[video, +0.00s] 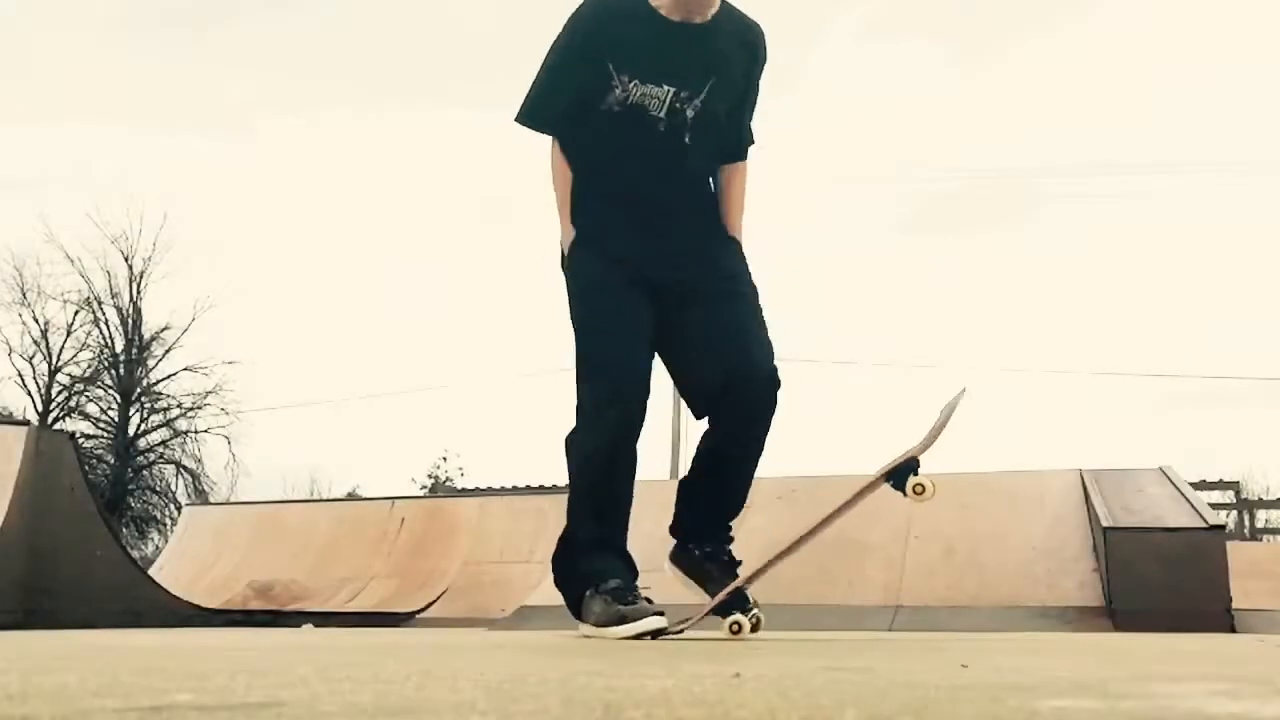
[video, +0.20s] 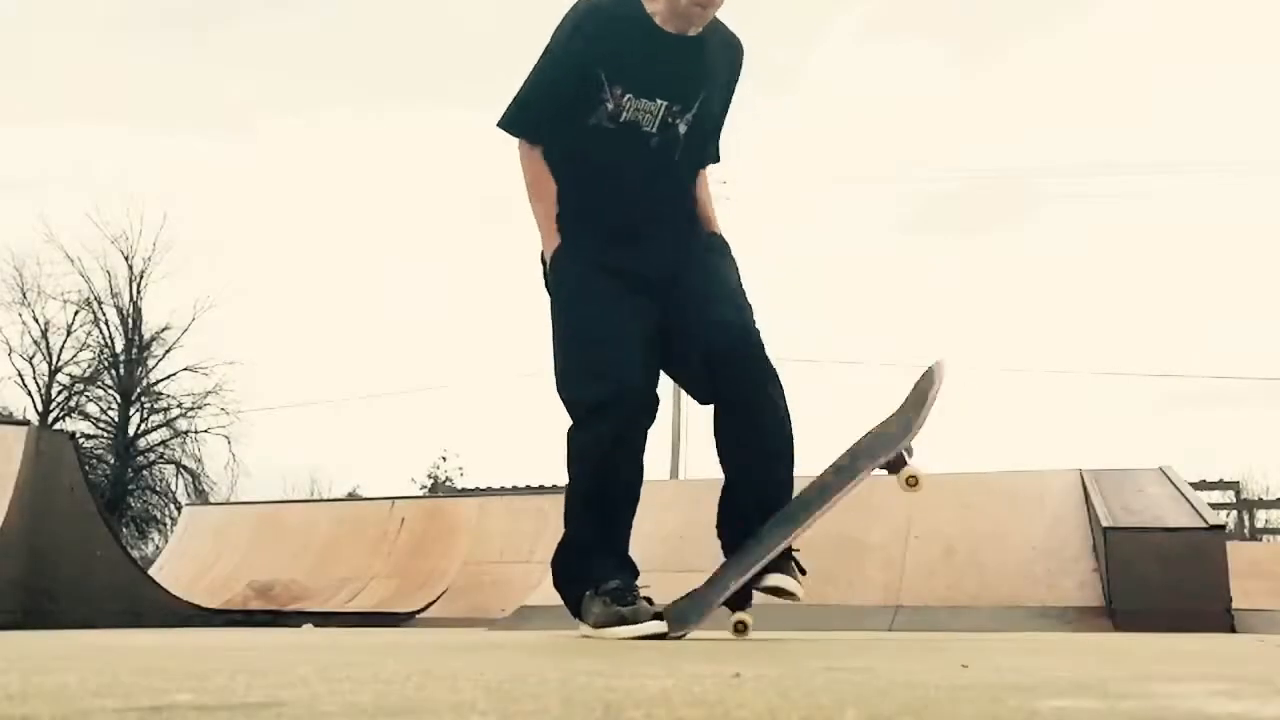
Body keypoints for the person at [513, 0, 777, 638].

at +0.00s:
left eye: (715, 1)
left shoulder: (742, 38)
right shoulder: (601, 18)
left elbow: (733, 153)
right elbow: (565, 137)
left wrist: (730, 248)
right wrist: (571, 235)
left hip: (699, 246)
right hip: (607, 245)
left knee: (750, 385)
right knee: (614, 406)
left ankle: (702, 536)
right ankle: (596, 577)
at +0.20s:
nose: (712, 0)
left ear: (720, 1)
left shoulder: (724, 51)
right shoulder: (595, 20)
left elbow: (694, 165)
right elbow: (532, 136)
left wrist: (715, 249)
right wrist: (555, 250)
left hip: (683, 254)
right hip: (594, 257)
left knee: (753, 390)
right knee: (615, 408)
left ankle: (754, 550)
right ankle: (597, 581)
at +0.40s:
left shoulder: (744, 6)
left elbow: (738, 64)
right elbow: (560, 34)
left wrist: (727, 154)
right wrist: (554, 125)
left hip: (692, 140)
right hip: (595, 129)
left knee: (682, 296)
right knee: (606, 277)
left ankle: (653, 478)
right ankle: (569, 468)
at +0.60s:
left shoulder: (774, 6)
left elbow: (769, 48)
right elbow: (584, 17)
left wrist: (731, 137)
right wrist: (565, 84)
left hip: (697, 98)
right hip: (601, 74)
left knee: (657, 290)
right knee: (558, 172)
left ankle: (630, 480)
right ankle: (464, 335)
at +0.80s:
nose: (638, 13)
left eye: (646, 12)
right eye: (629, 13)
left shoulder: (755, 13)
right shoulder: (597, 5)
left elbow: (768, 66)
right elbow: (584, 36)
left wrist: (729, 157)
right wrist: (568, 99)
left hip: (695, 108)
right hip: (602, 86)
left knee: (654, 287)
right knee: (551, 190)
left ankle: (630, 483)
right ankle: (473, 353)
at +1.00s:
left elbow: (756, 43)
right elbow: (571, 22)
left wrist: (731, 141)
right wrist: (567, 86)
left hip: (698, 83)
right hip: (603, 66)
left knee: (659, 292)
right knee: (559, 179)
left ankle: (633, 481)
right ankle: (488, 345)